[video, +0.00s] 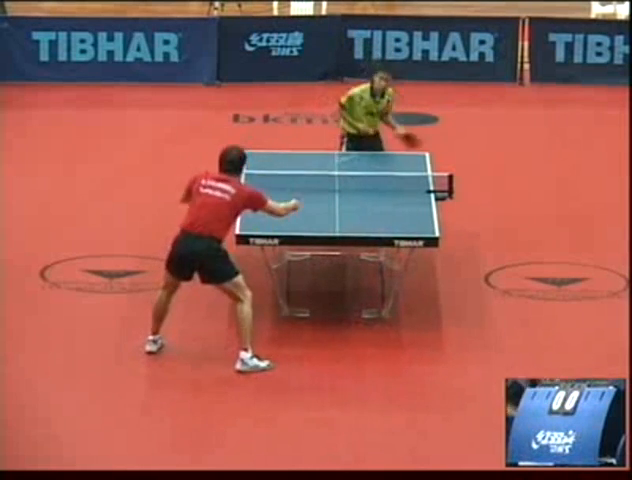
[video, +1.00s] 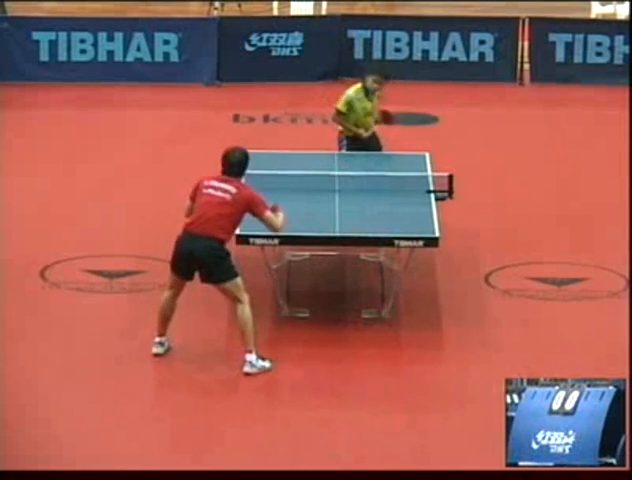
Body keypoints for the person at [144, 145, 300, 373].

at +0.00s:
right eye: (243, 165)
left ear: (220, 164)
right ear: (242, 168)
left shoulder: (201, 179)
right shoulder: (244, 192)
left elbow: (185, 199)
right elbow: (277, 211)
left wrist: (209, 198)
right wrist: (293, 206)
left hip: (184, 240)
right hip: (210, 246)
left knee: (167, 289)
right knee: (243, 296)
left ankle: (153, 338)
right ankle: (246, 355)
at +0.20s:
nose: (240, 167)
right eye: (240, 164)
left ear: (216, 164)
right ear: (238, 168)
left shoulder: (196, 181)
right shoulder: (238, 194)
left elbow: (181, 210)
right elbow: (269, 221)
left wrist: (203, 207)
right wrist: (275, 214)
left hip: (180, 241)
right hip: (206, 247)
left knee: (167, 287)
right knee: (238, 296)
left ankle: (152, 337)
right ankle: (245, 355)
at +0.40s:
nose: (240, 184)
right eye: (240, 181)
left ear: (217, 179)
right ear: (239, 183)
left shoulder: (198, 195)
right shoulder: (238, 206)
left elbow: (193, 219)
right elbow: (265, 243)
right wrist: (250, 256)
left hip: (180, 249)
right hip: (206, 255)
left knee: (166, 289)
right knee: (246, 298)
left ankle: (152, 337)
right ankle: (246, 355)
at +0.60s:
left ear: (229, 181)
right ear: (251, 185)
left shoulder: (212, 193)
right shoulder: (255, 208)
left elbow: (200, 205)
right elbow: (282, 226)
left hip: (192, 249)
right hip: (218, 256)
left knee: (171, 293)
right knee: (250, 302)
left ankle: (153, 338)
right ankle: (253, 357)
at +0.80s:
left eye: (234, 164)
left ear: (230, 168)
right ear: (253, 172)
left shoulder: (213, 183)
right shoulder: (256, 197)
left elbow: (189, 205)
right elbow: (290, 219)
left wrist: (212, 204)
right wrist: (299, 205)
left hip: (194, 243)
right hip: (221, 248)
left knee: (176, 292)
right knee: (249, 299)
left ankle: (160, 339)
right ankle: (253, 357)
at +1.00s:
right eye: (244, 166)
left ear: (222, 165)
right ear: (245, 170)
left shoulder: (204, 183)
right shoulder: (246, 194)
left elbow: (189, 212)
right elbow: (276, 225)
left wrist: (211, 207)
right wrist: (279, 215)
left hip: (186, 240)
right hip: (212, 246)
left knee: (172, 290)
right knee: (241, 299)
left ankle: (159, 339)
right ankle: (251, 356)